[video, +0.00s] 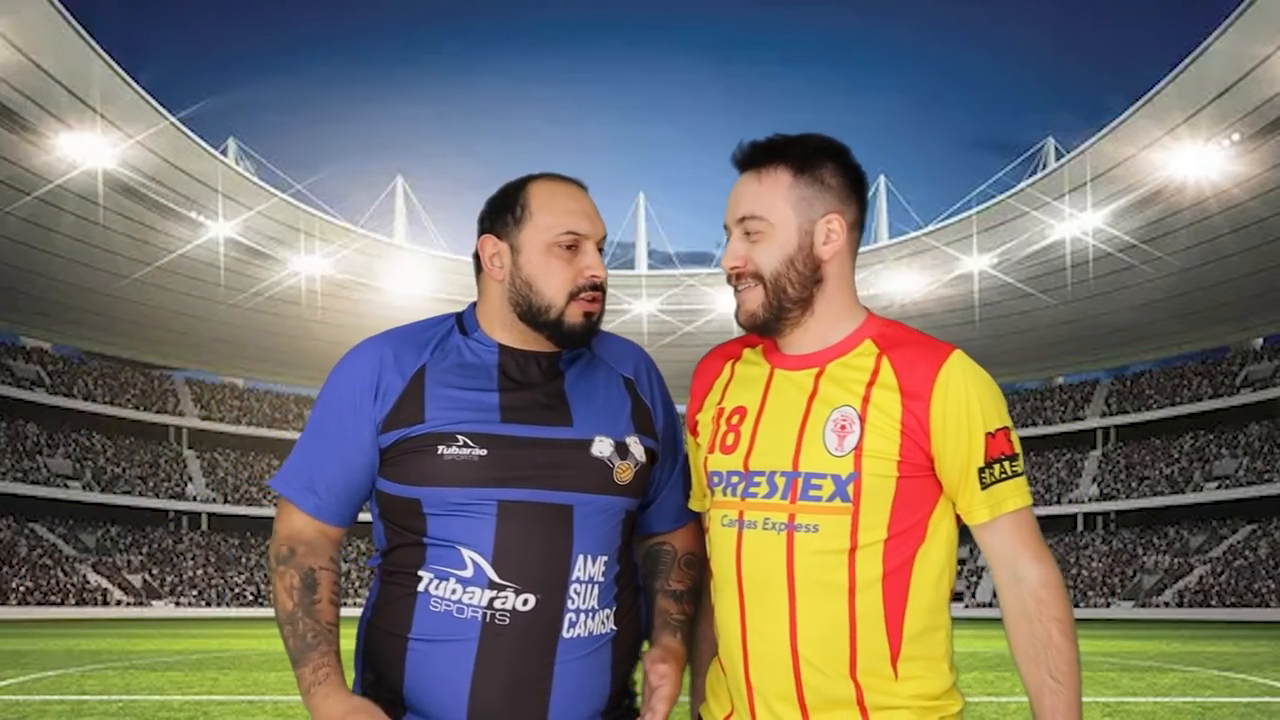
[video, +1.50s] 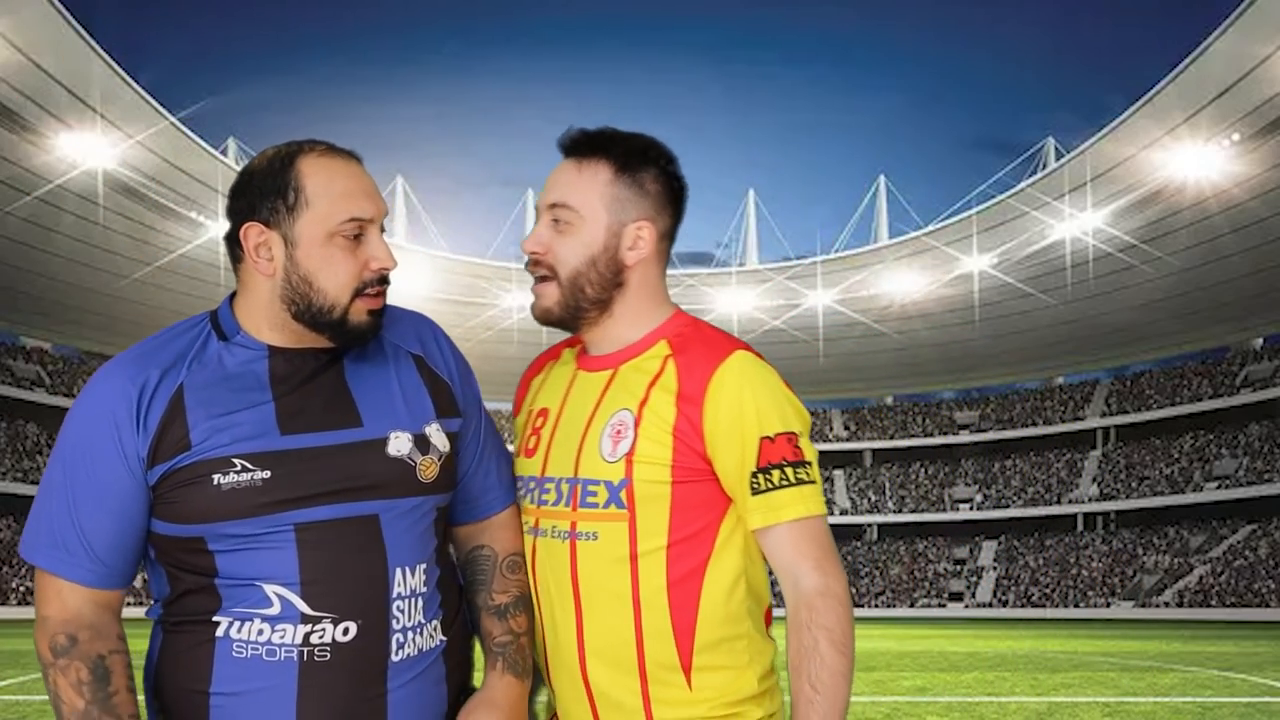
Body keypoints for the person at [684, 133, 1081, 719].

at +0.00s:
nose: (729, 261)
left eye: (752, 234)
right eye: (730, 237)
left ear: (829, 236)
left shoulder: (940, 382)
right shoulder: (714, 378)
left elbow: (1022, 573)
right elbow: (709, 568)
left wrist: (1059, 714)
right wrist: (703, 699)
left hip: (893, 705)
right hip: (733, 706)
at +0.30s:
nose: (725, 282)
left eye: (747, 249)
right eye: (702, 260)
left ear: (797, 242)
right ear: (686, 264)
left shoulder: (889, 378)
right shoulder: (658, 381)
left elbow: (972, 560)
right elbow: (648, 541)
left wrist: (996, 710)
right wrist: (647, 656)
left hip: (862, 704)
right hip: (705, 706)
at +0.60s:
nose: (687, 300)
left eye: (712, 267)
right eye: (666, 271)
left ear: (767, 259)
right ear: (651, 266)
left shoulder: (857, 378)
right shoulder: (628, 389)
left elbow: (950, 566)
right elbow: (626, 558)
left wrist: (1006, 711)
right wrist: (608, 705)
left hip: (839, 703)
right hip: (687, 705)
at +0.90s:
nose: (618, 278)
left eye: (643, 252)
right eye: (623, 248)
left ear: (724, 260)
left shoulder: (839, 397)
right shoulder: (628, 373)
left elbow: (912, 621)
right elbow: (615, 549)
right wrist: (584, 698)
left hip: (781, 705)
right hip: (637, 707)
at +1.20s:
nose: (607, 251)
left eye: (632, 225)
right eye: (616, 222)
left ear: (709, 241)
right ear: (707, 243)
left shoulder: (807, 392)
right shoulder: (626, 367)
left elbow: (861, 628)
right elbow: (607, 573)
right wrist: (568, 700)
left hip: (733, 705)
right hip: (600, 705)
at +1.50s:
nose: (530, 246)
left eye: (560, 222)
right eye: (538, 222)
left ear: (636, 242)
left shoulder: (730, 380)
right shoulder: (539, 381)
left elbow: (817, 589)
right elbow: (525, 575)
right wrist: (501, 694)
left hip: (712, 702)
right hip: (574, 705)